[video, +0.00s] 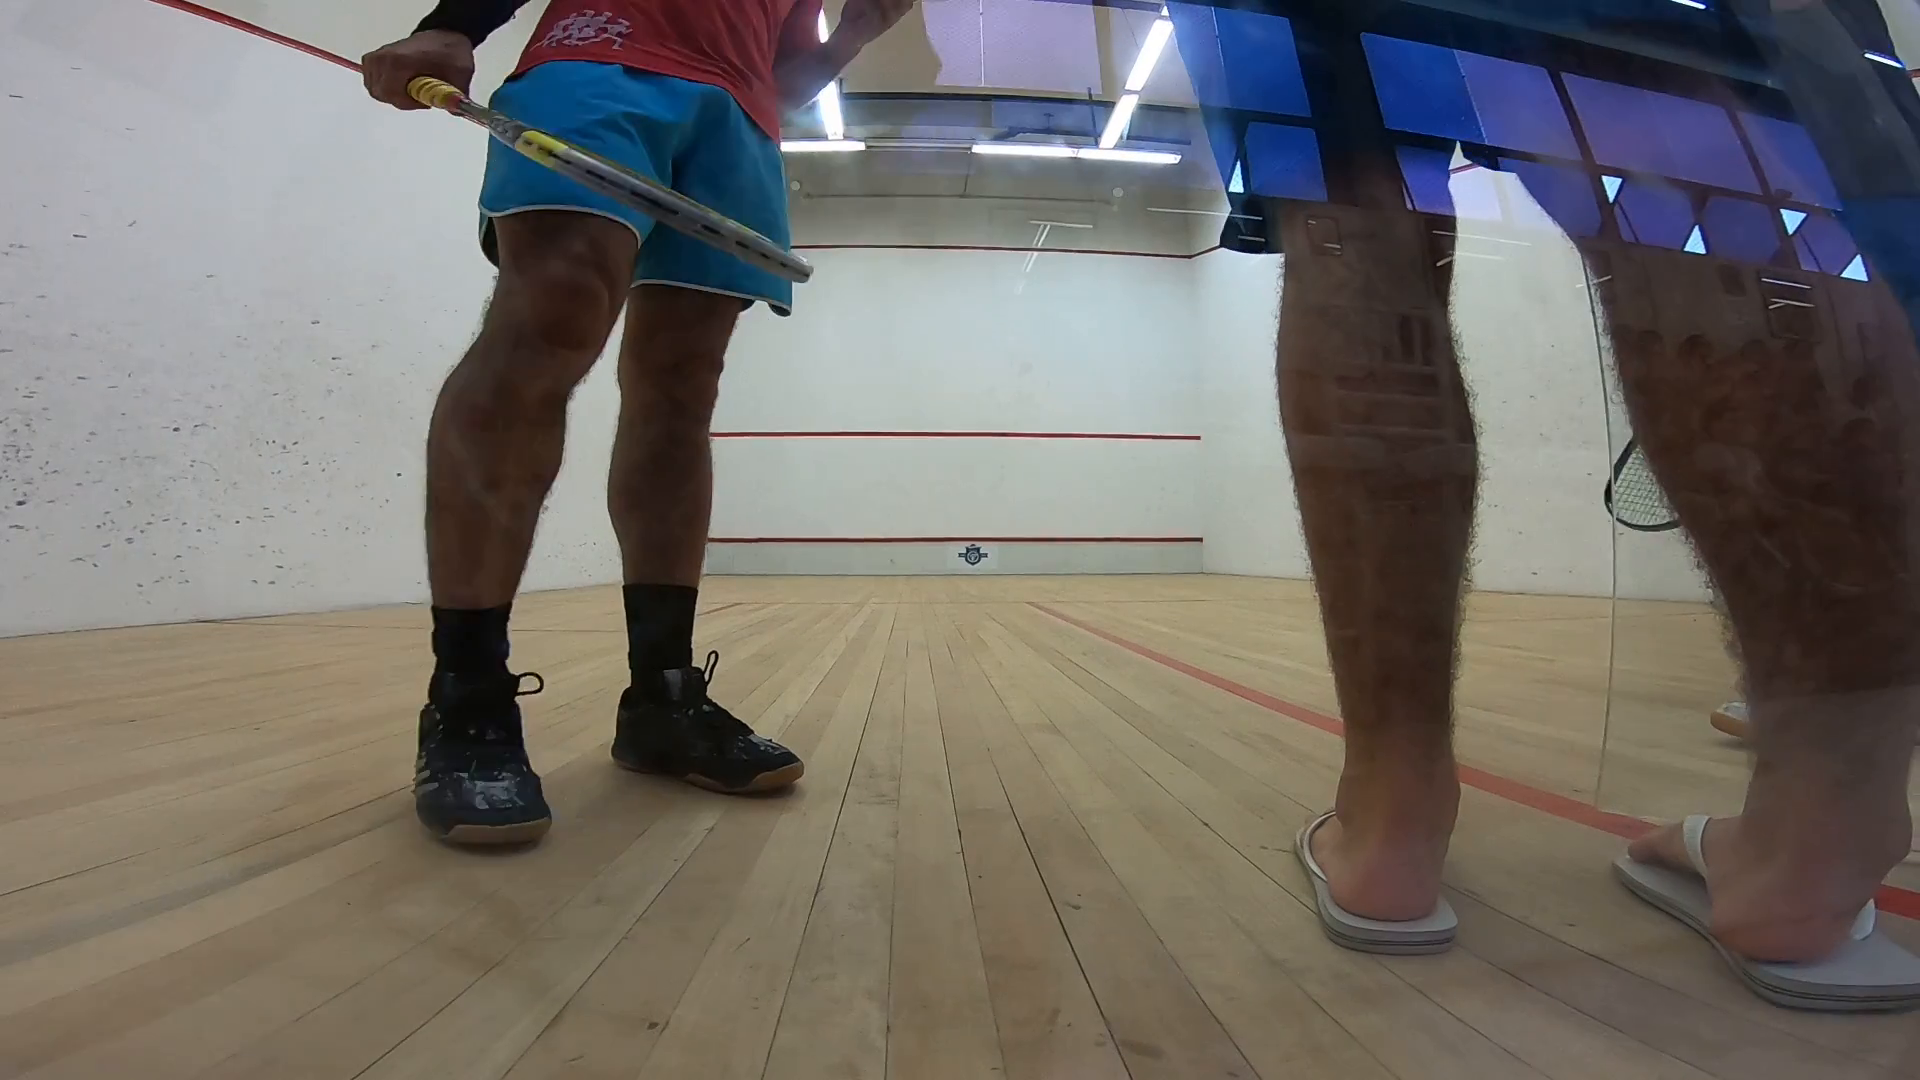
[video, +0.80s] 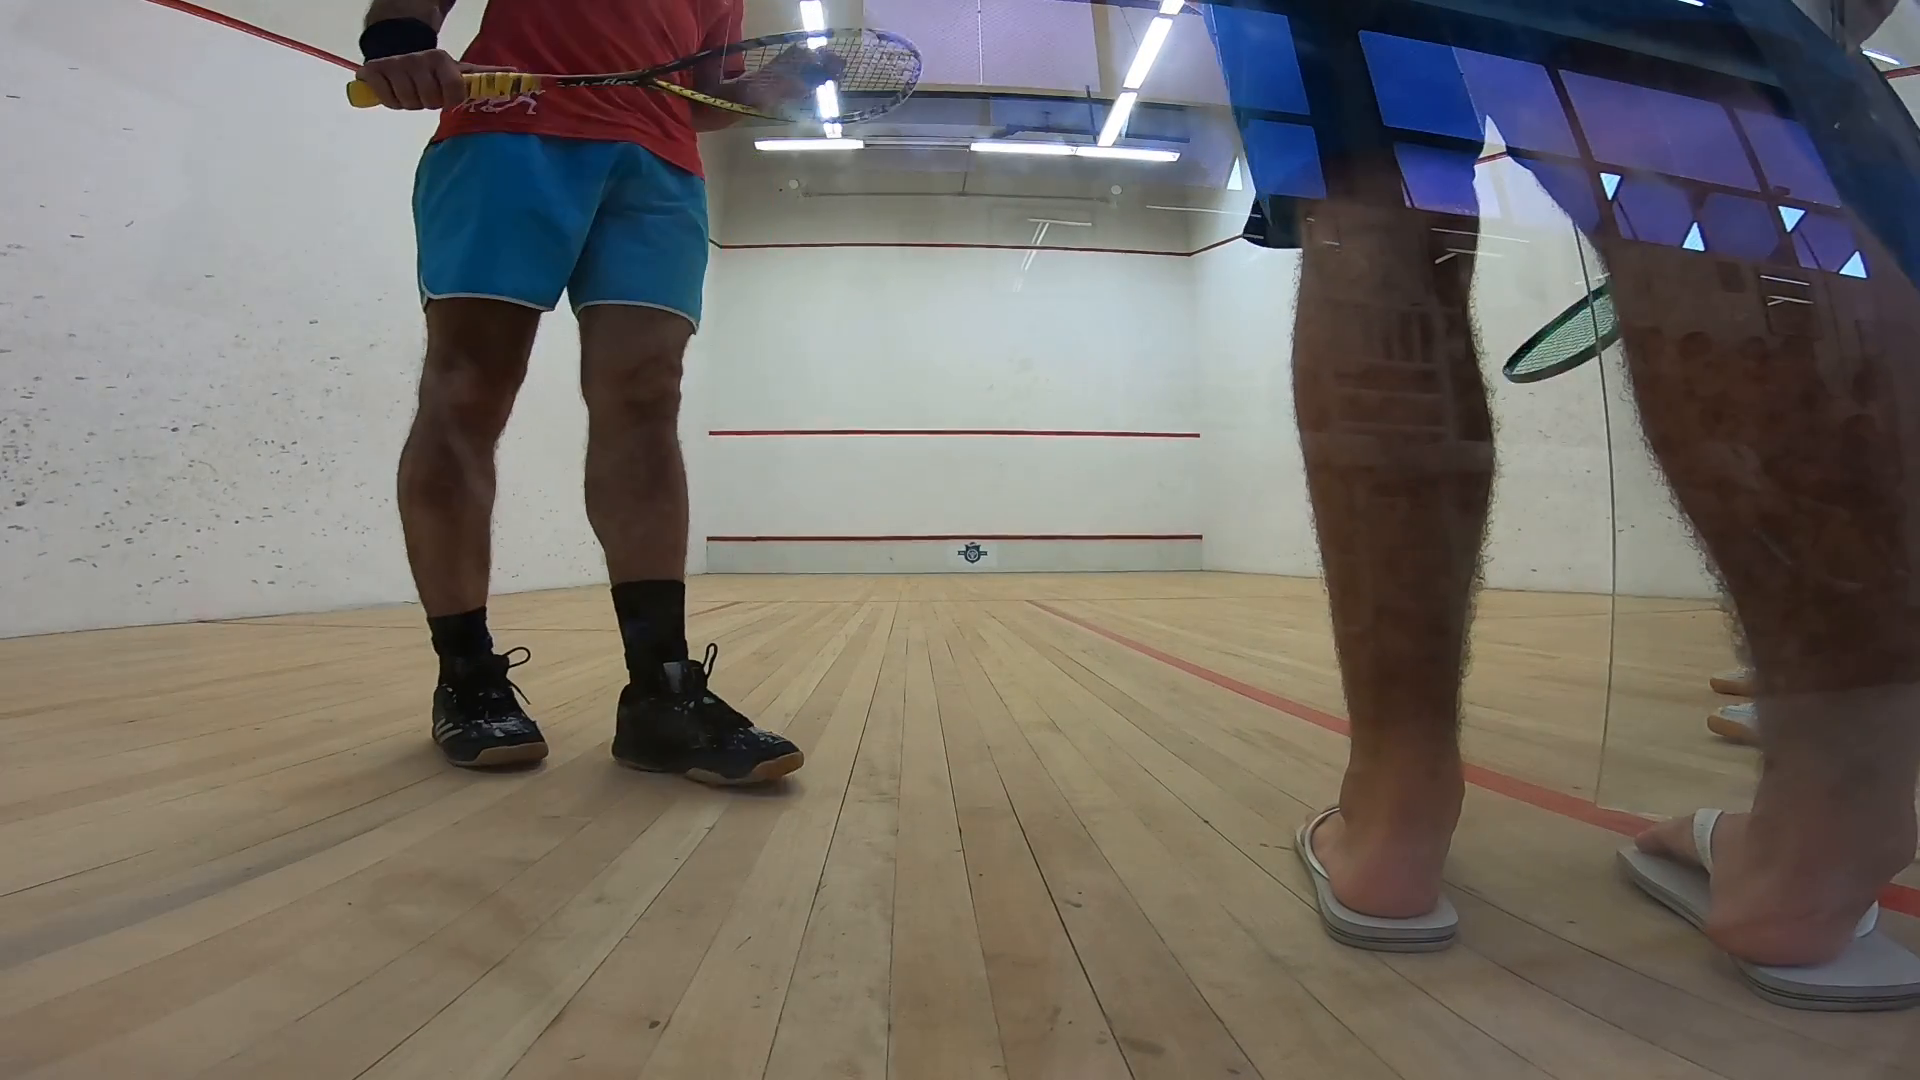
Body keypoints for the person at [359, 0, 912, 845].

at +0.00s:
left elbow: (776, 84)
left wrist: (853, 32)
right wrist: (455, 22)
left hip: (744, 83)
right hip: (604, 33)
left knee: (682, 378)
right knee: (552, 312)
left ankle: (663, 696)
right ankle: (469, 715)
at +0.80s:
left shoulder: (719, 4)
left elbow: (701, 92)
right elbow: (414, 11)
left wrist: (765, 87)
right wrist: (400, 35)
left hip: (659, 135)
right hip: (514, 111)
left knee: (645, 393)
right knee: (468, 395)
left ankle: (662, 692)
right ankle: (469, 684)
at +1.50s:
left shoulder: (775, 5)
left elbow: (779, 91)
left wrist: (846, 46)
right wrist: (432, 90)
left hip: (736, 131)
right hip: (592, 110)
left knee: (708, 396)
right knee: (534, 392)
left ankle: (705, 684)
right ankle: (474, 675)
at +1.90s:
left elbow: (893, 47)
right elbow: (588, 1)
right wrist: (525, 66)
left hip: (779, 116)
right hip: (642, 68)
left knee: (736, 384)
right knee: (640, 329)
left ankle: (713, 681)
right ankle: (584, 698)